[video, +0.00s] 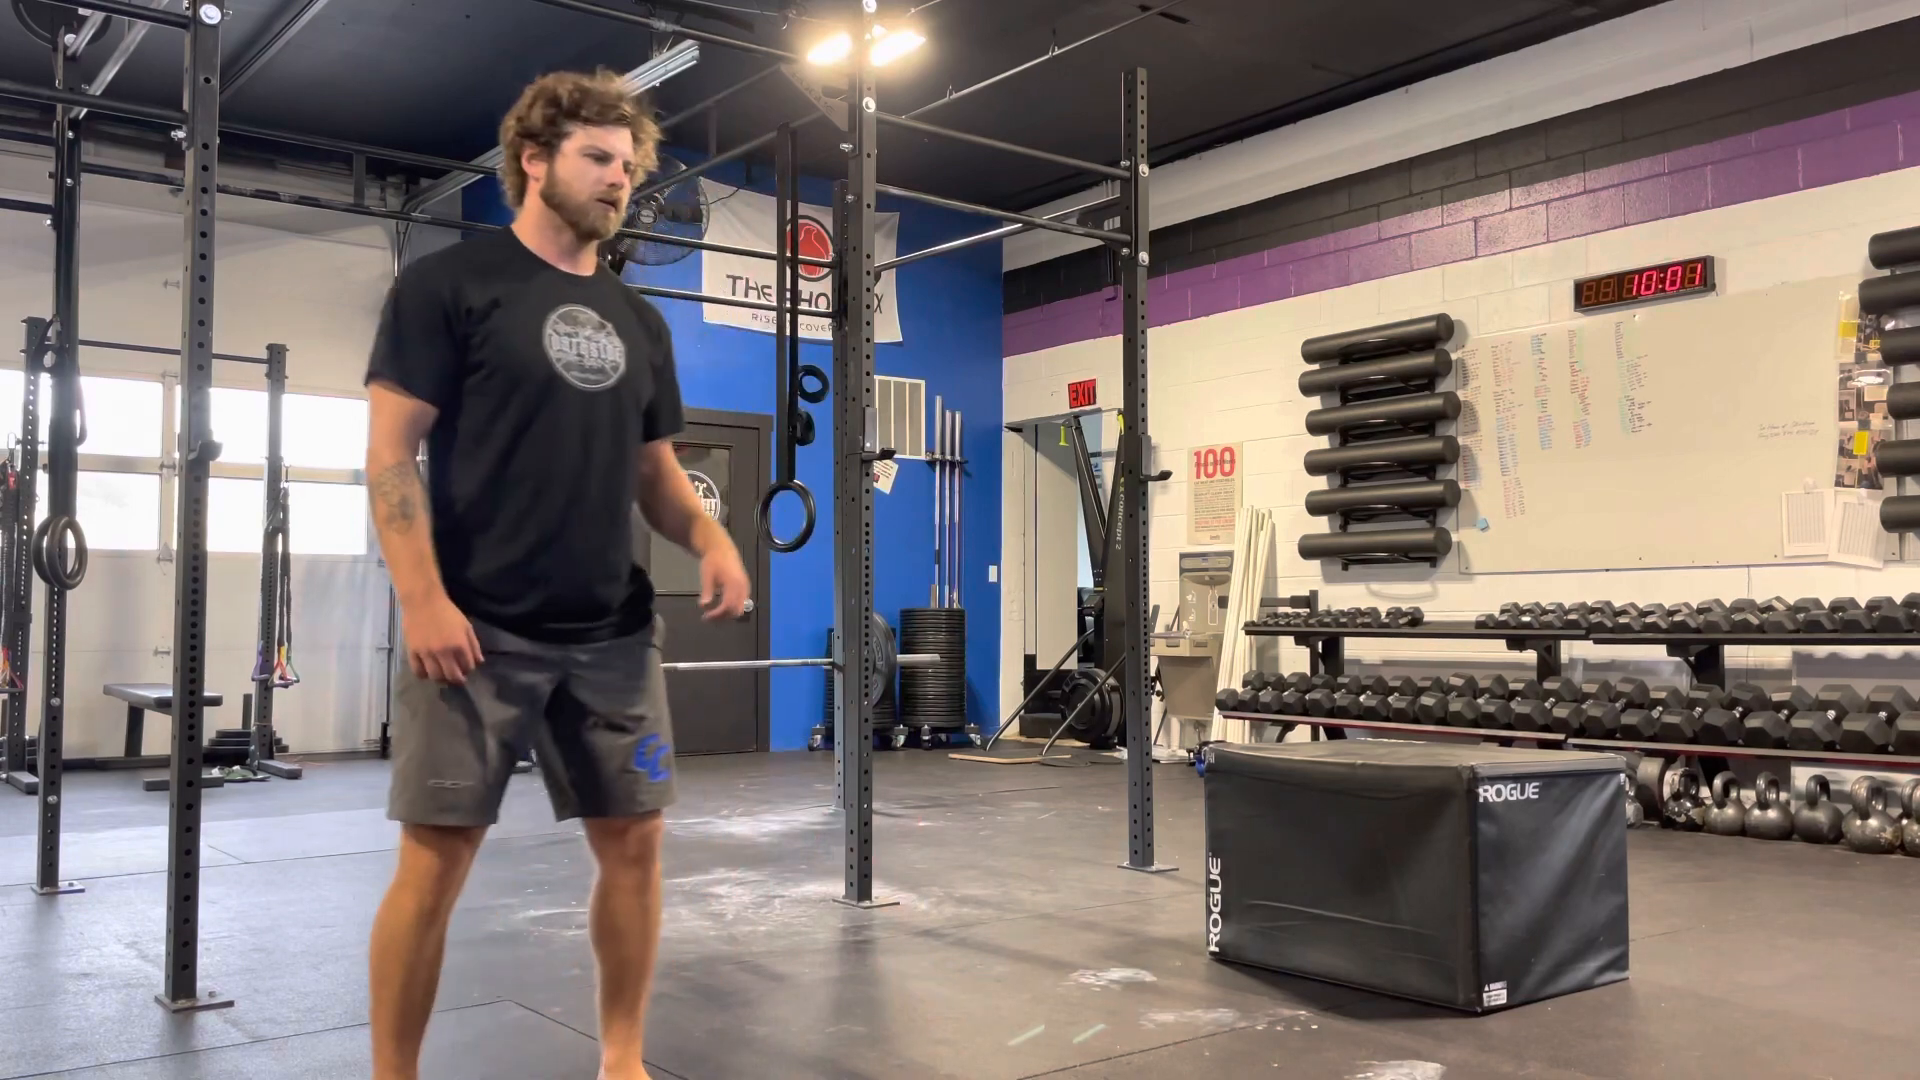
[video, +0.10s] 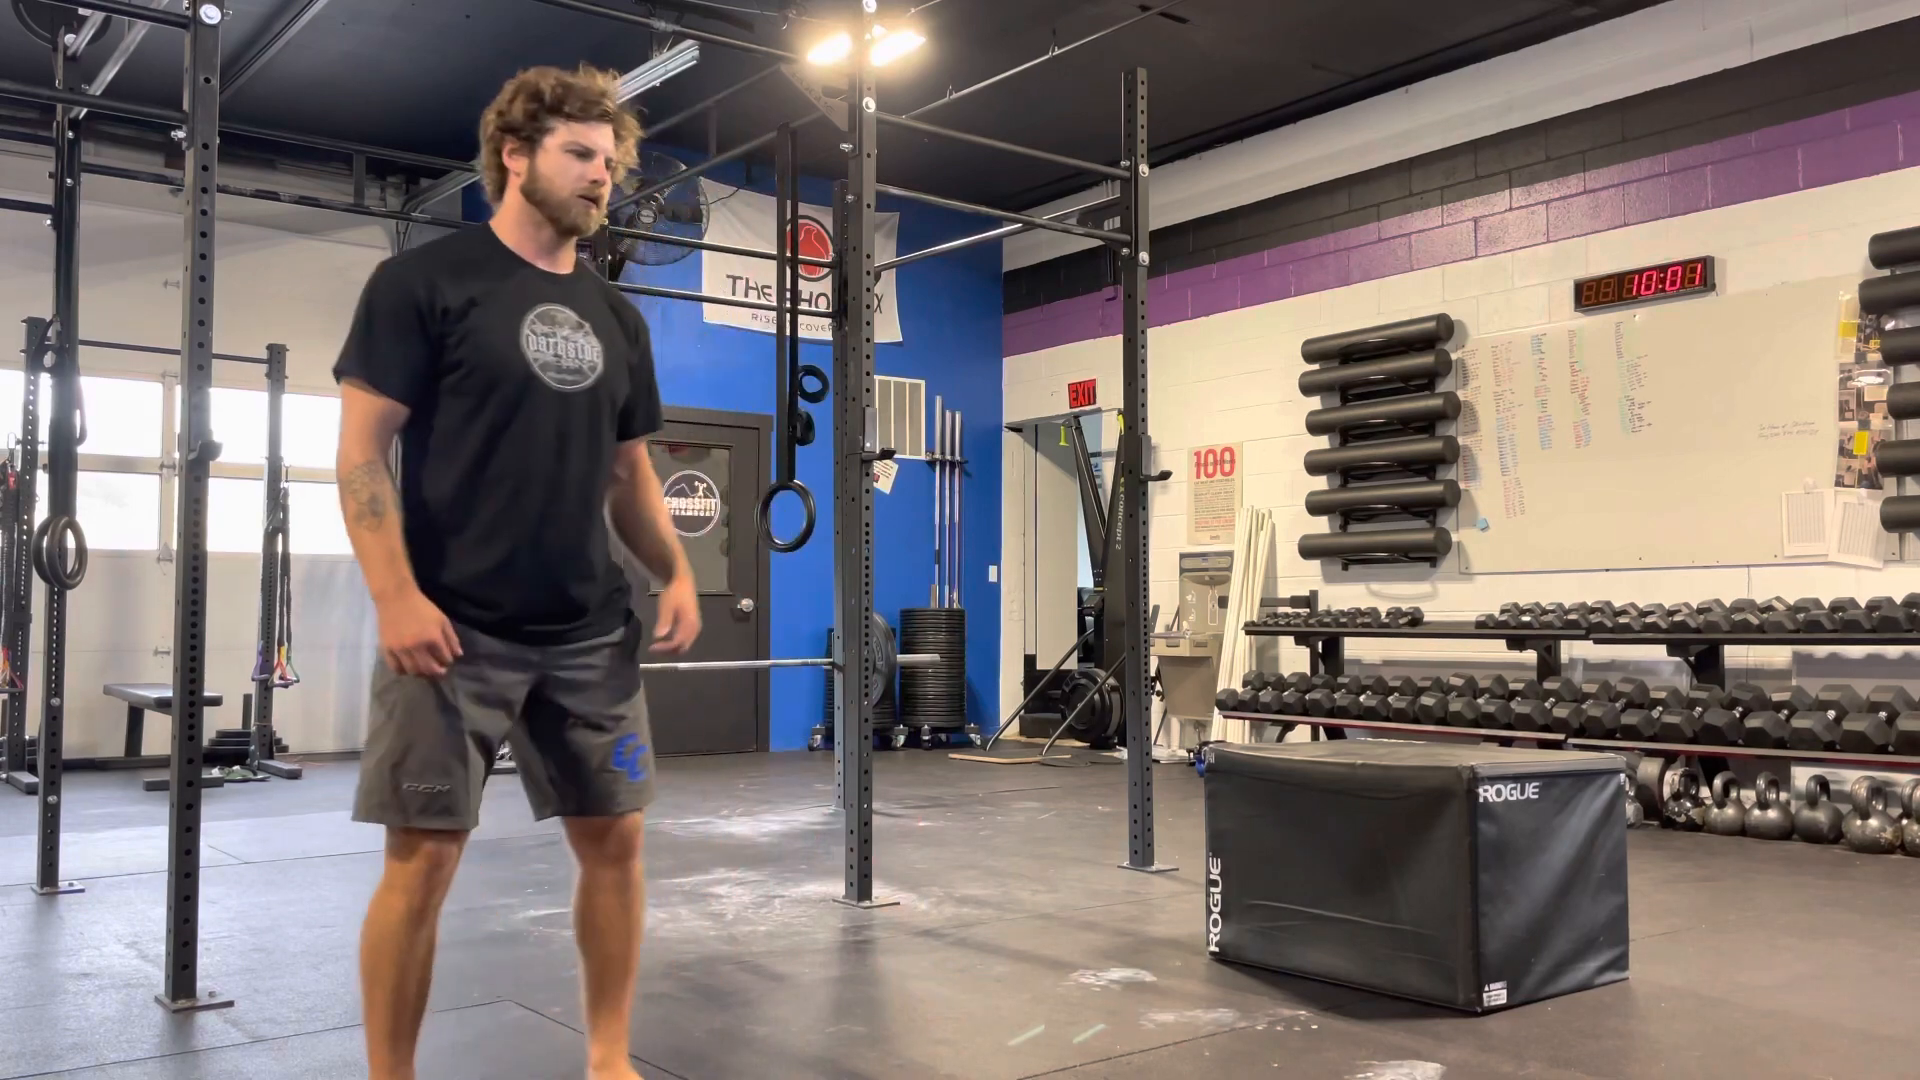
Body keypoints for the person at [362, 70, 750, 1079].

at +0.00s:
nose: (620, 179)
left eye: (630, 166)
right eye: (599, 158)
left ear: (637, 182)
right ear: (535, 162)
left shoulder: (635, 317)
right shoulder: (447, 281)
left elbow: (655, 467)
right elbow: (390, 453)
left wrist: (708, 533)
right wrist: (422, 600)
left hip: (611, 631)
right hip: (476, 627)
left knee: (634, 840)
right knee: (434, 861)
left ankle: (624, 1060)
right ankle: (393, 1072)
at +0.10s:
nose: (600, 177)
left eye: (610, 163)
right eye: (580, 155)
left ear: (612, 179)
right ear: (513, 158)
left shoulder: (612, 312)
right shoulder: (422, 278)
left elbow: (630, 465)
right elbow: (360, 451)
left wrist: (675, 569)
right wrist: (395, 595)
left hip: (588, 628)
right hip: (453, 627)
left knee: (615, 837)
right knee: (421, 861)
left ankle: (610, 1058)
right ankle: (389, 1071)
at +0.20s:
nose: (592, 173)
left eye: (601, 159)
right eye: (572, 150)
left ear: (603, 175)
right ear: (504, 151)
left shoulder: (600, 306)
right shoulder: (408, 275)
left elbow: (612, 463)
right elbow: (342, 450)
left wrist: (639, 594)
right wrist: (365, 600)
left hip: (578, 623)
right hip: (443, 622)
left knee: (595, 829)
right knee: (416, 855)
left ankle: (560, 1057)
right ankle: (388, 1071)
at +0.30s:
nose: (591, 174)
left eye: (598, 159)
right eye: (570, 152)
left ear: (599, 172)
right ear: (502, 152)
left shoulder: (594, 306)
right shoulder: (405, 277)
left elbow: (604, 464)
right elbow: (338, 453)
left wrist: (623, 604)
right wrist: (339, 607)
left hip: (570, 625)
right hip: (437, 619)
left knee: (577, 843)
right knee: (411, 856)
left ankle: (545, 1061)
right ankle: (388, 1071)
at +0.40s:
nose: (593, 176)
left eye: (602, 162)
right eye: (573, 153)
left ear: (601, 177)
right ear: (506, 153)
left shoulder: (597, 308)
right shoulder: (409, 275)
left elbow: (608, 464)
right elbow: (347, 453)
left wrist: (626, 600)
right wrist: (332, 607)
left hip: (570, 624)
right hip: (439, 619)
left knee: (572, 845)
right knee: (417, 852)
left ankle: (543, 1063)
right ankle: (389, 1071)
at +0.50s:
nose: (604, 179)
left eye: (612, 164)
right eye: (585, 157)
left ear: (614, 176)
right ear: (517, 156)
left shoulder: (605, 312)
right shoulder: (419, 275)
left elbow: (617, 464)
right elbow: (355, 449)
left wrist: (642, 594)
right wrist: (353, 606)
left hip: (579, 627)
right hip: (448, 620)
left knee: (573, 847)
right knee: (418, 856)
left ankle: (543, 1063)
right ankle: (389, 1071)